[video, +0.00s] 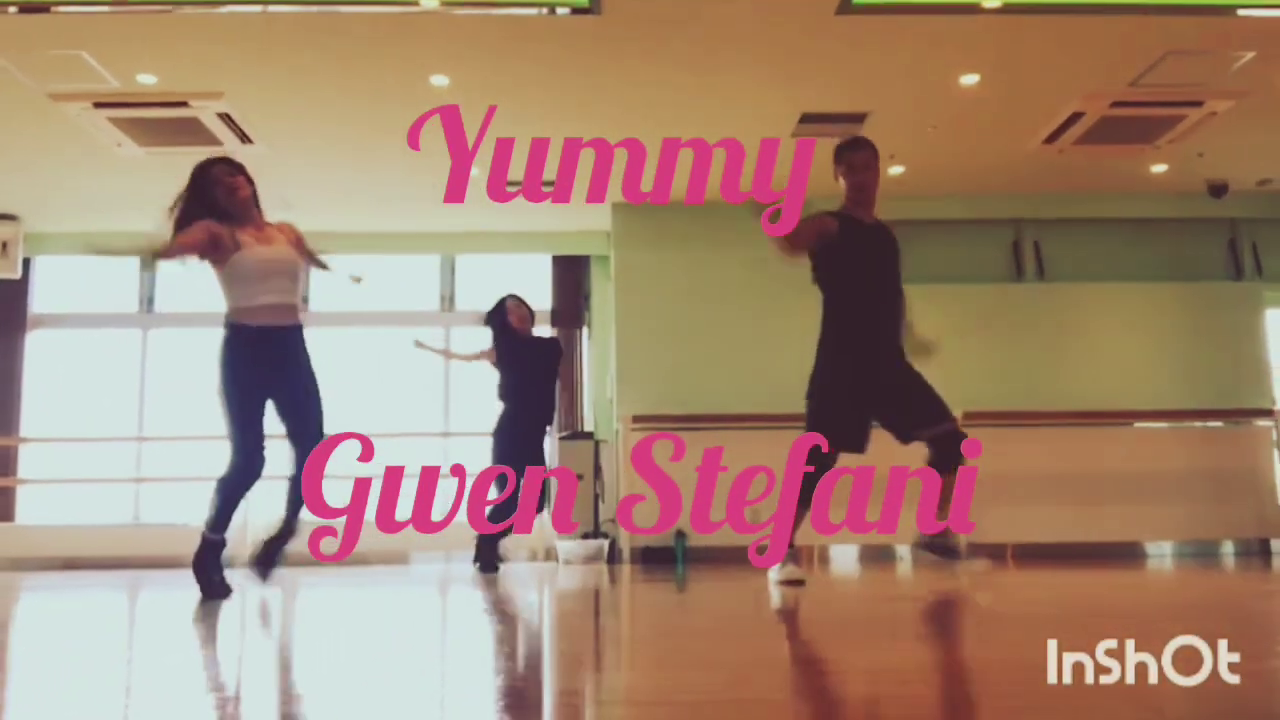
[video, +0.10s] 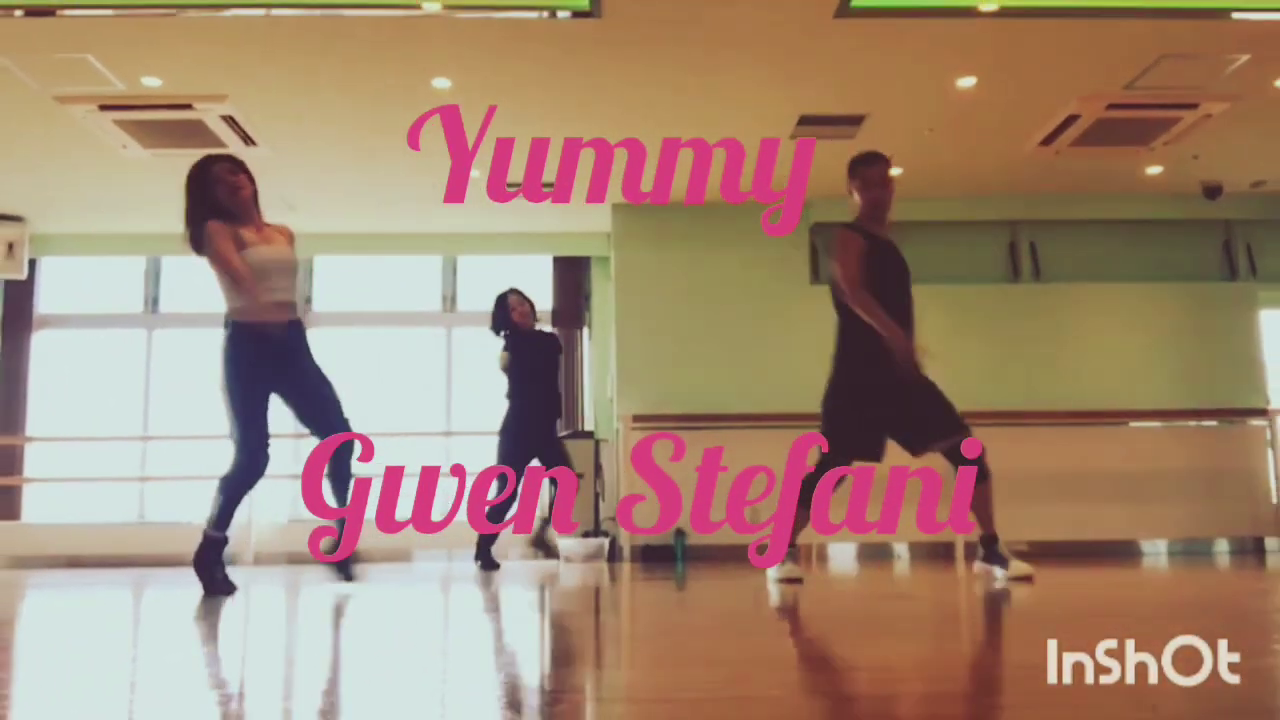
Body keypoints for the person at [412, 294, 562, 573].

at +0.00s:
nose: (520, 313)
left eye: (522, 307)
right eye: (512, 310)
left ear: (531, 313)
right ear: (503, 320)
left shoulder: (549, 346)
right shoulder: (503, 350)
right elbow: (467, 356)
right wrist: (430, 348)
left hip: (534, 430)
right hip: (510, 428)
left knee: (537, 497)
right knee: (510, 493)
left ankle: (493, 535)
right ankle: (486, 550)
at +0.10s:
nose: (522, 310)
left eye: (523, 304)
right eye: (514, 309)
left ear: (531, 306)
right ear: (508, 317)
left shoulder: (549, 341)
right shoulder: (513, 343)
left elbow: (549, 381)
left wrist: (553, 414)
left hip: (544, 425)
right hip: (518, 426)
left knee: (567, 480)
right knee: (507, 489)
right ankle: (484, 547)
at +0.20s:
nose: (530, 313)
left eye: (530, 307)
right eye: (522, 312)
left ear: (538, 312)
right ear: (514, 324)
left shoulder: (552, 347)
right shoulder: (524, 352)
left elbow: (551, 387)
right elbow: (526, 393)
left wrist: (561, 418)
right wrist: (556, 424)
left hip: (553, 427)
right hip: (527, 430)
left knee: (584, 484)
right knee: (517, 493)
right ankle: (488, 545)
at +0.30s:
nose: (541, 323)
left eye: (541, 318)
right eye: (533, 321)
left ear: (547, 323)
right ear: (523, 332)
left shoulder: (560, 355)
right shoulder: (535, 362)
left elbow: (569, 392)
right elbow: (552, 402)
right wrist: (583, 399)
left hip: (562, 439)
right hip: (539, 441)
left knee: (598, 491)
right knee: (521, 499)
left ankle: (640, 542)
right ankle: (489, 546)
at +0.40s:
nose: (551, 325)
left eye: (553, 320)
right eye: (544, 323)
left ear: (560, 324)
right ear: (537, 333)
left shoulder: (576, 352)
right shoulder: (548, 362)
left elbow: (589, 374)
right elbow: (566, 394)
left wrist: (603, 367)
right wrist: (595, 375)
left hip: (582, 429)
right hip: (561, 431)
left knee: (611, 484)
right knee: (537, 490)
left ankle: (639, 541)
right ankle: (493, 541)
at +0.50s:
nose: (564, 316)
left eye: (566, 310)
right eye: (557, 315)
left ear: (575, 314)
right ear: (551, 325)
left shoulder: (596, 344)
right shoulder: (559, 356)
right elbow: (579, 376)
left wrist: (595, 330)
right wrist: (594, 343)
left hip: (606, 425)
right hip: (578, 427)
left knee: (627, 483)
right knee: (552, 484)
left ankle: (639, 542)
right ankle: (514, 533)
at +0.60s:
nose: (574, 307)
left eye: (578, 301)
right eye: (568, 305)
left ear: (587, 306)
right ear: (562, 315)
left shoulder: (608, 335)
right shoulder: (565, 346)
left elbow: (625, 364)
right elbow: (578, 366)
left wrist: (601, 373)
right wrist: (581, 327)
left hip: (617, 417)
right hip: (587, 420)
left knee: (630, 477)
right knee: (583, 477)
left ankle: (640, 537)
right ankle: (559, 532)